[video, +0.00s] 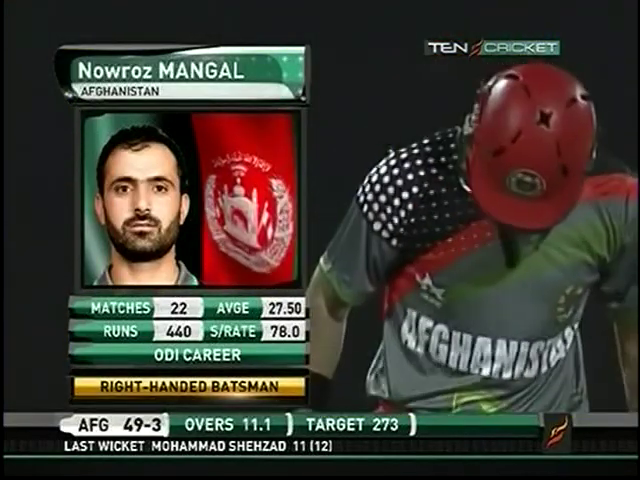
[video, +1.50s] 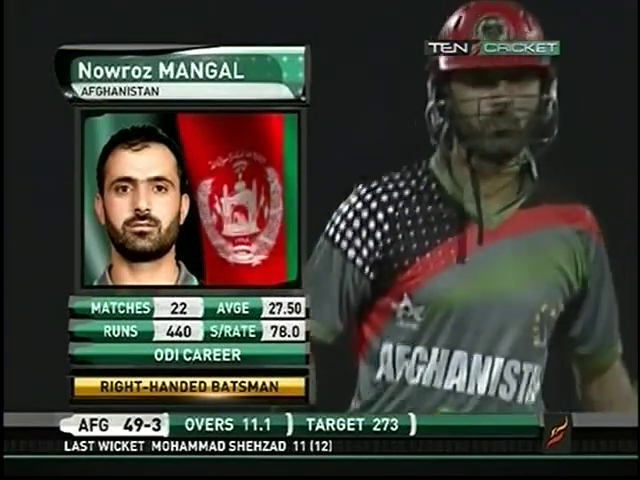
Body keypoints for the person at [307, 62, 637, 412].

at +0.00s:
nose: (518, 221)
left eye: (538, 210)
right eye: (503, 204)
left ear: (582, 166)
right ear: (474, 144)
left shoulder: (617, 202)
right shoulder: (403, 188)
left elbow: (632, 327)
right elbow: (328, 302)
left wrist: (637, 427)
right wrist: (304, 419)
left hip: (546, 436)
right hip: (413, 433)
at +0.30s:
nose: (525, 222)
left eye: (545, 211)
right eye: (511, 206)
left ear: (589, 167)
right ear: (481, 146)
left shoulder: (618, 200)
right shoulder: (408, 187)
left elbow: (632, 314)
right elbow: (328, 300)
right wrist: (306, 418)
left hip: (544, 422)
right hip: (418, 420)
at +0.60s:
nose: (508, 258)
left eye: (529, 247)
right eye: (495, 239)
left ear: (571, 195)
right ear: (466, 183)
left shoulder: (612, 214)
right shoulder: (395, 203)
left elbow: (628, 317)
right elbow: (322, 307)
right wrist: (303, 414)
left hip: (536, 408)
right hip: (411, 406)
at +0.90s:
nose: (506, 264)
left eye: (526, 255)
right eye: (494, 247)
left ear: (571, 205)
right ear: (464, 188)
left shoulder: (608, 225)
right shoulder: (390, 203)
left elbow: (635, 335)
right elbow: (311, 297)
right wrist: (280, 407)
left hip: (523, 427)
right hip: (390, 419)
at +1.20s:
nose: (533, 119)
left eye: (548, 101)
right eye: (516, 100)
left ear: (573, 92)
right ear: (473, 82)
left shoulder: (595, 193)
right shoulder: (393, 171)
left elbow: (628, 335)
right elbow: (309, 292)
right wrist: (274, 418)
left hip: (521, 447)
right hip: (387, 440)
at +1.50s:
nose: (504, 98)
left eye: (520, 79)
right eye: (482, 81)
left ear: (546, 91)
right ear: (442, 93)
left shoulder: (573, 230)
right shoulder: (376, 212)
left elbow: (602, 374)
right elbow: (295, 349)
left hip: (512, 476)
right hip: (383, 470)